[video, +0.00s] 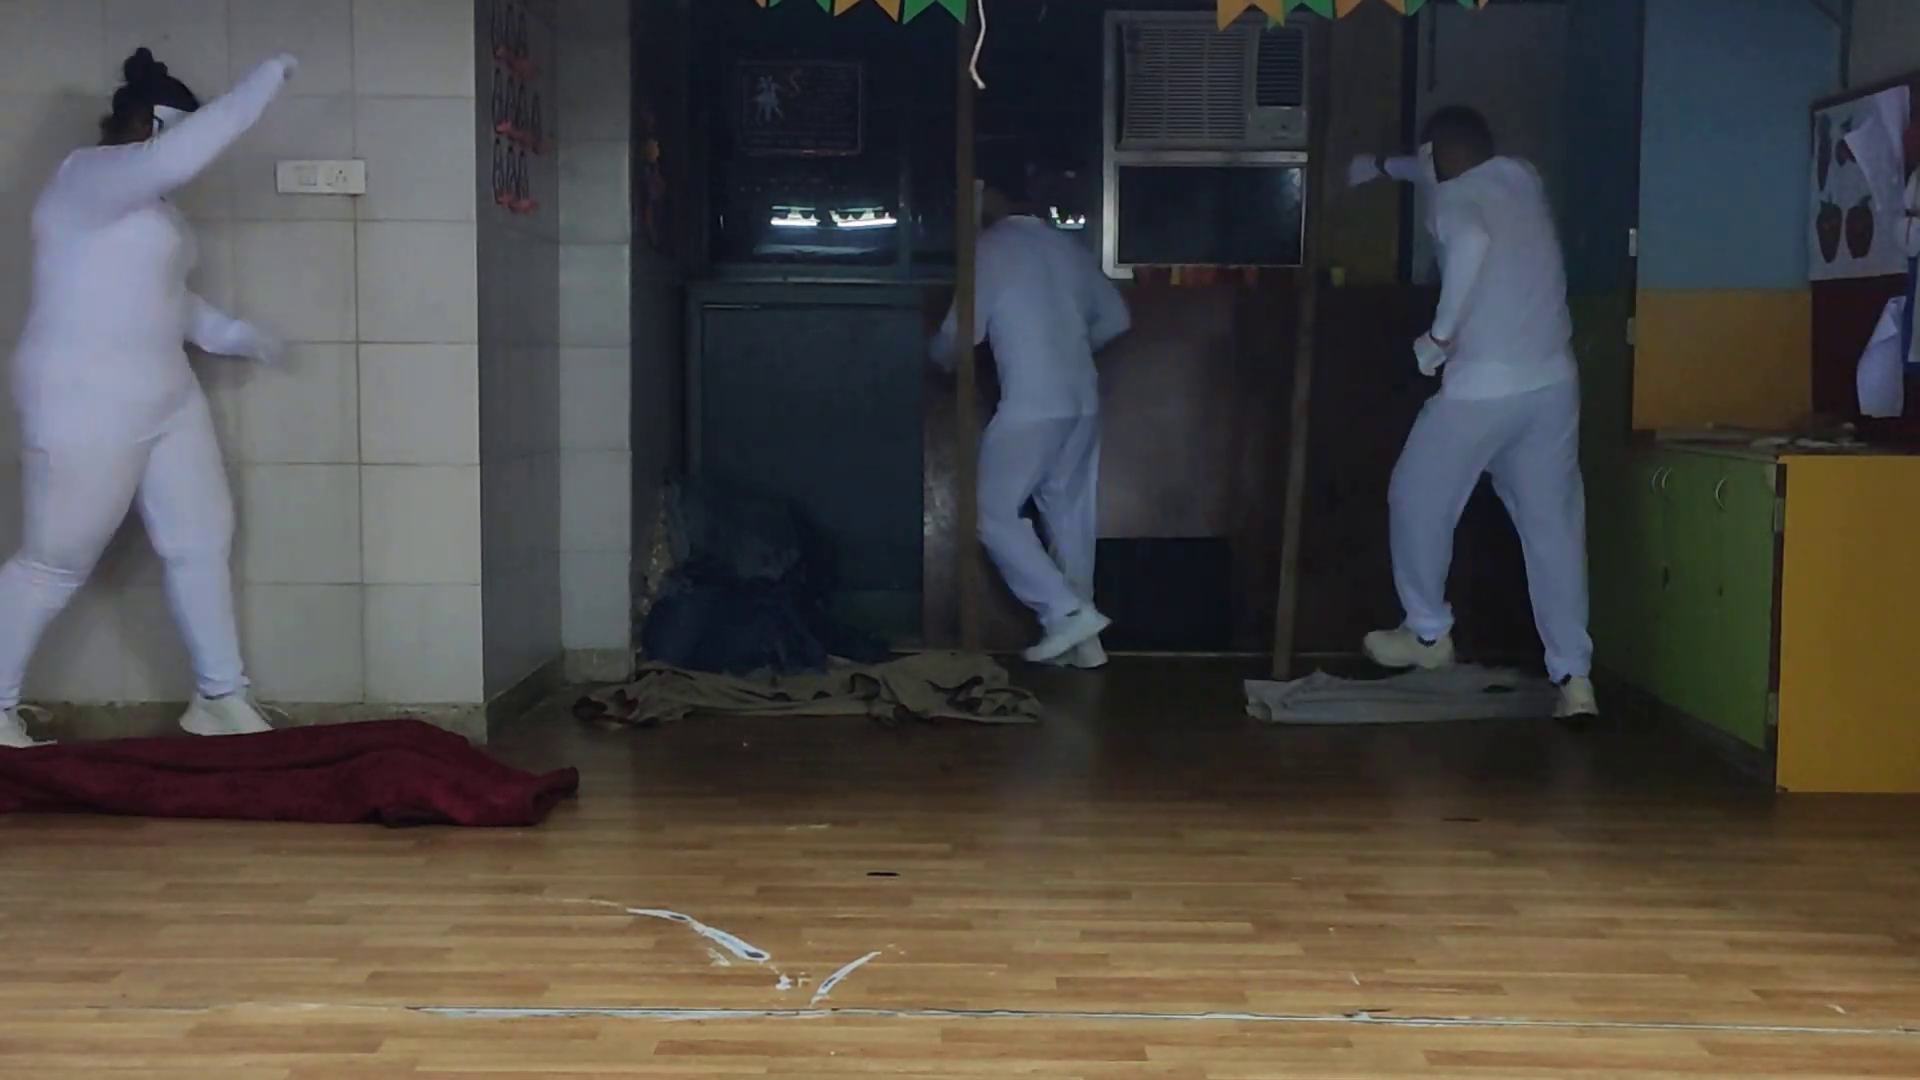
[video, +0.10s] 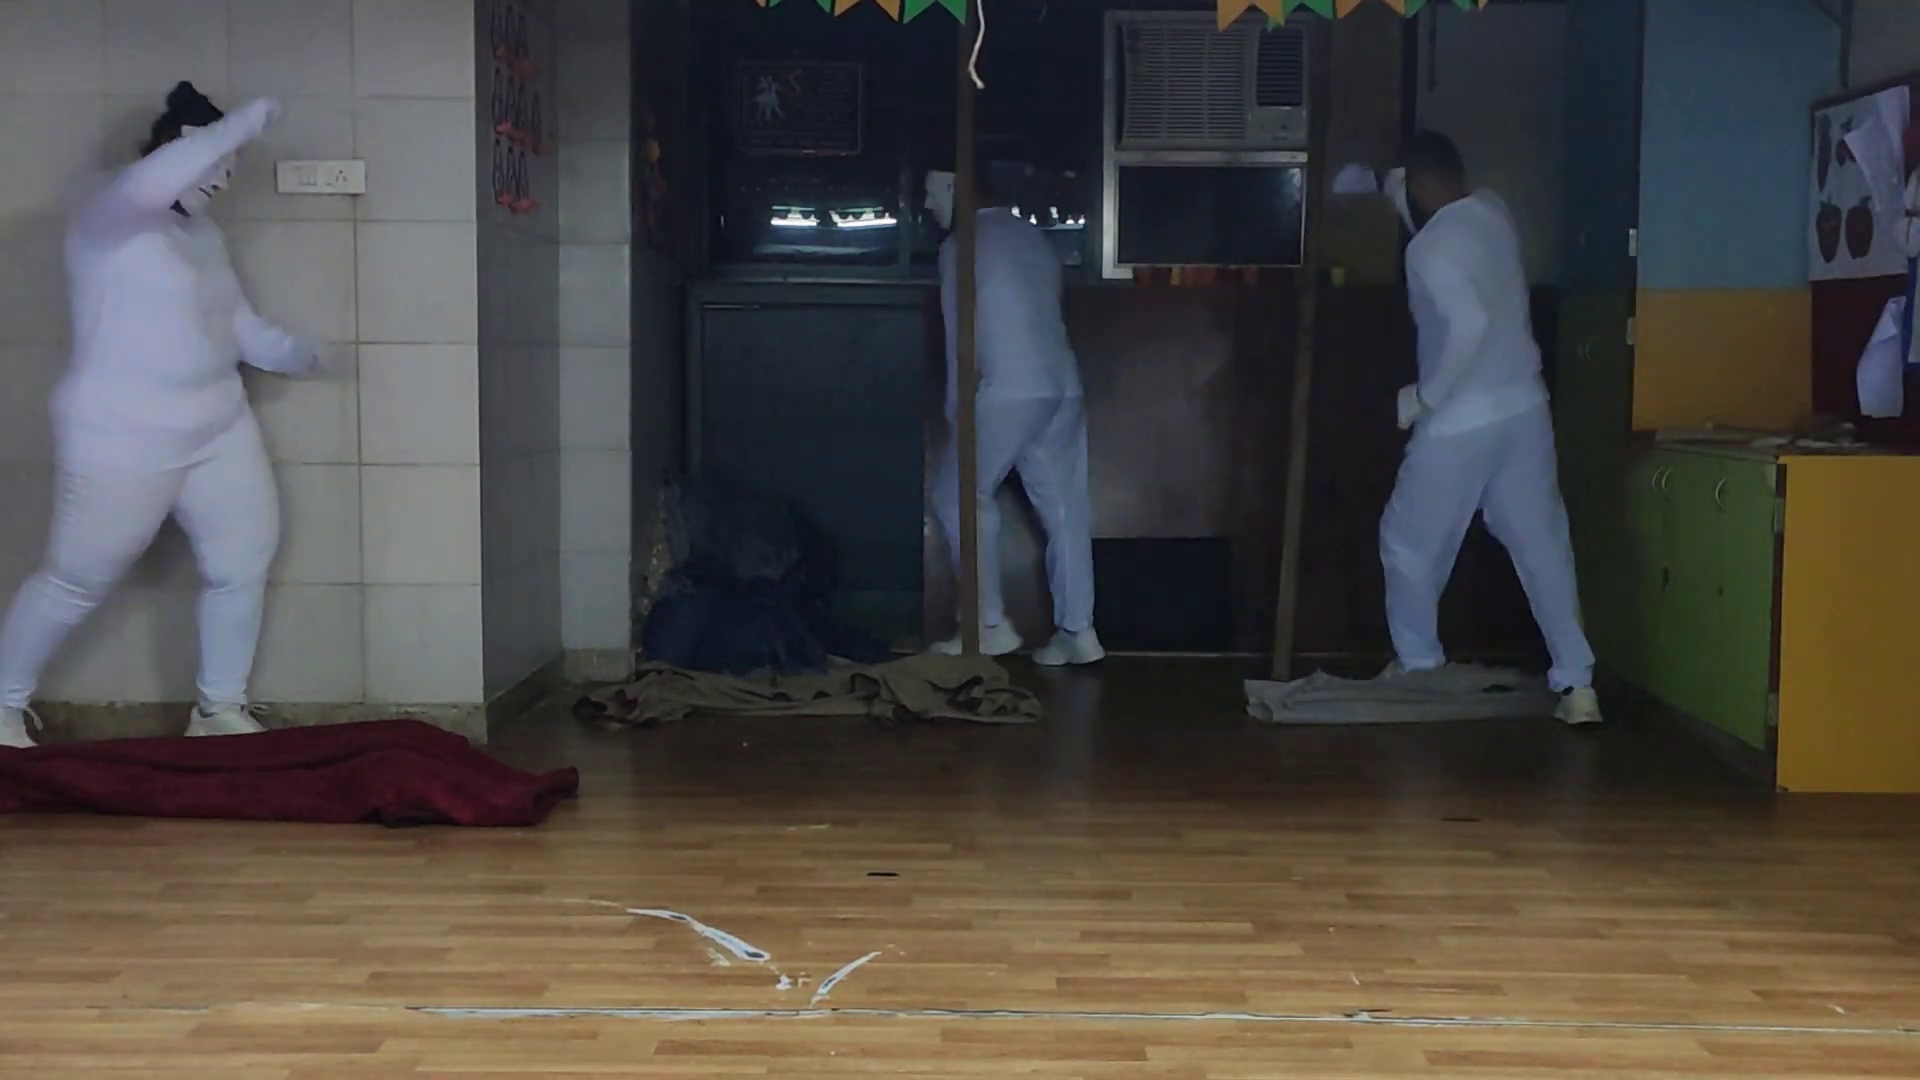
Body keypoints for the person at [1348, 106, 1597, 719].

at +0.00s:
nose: (1429, 163)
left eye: (1430, 154)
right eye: (1429, 156)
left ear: (1445, 151)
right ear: (1484, 146)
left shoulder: (1454, 192)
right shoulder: (1521, 177)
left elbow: (1470, 241)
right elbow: (1441, 163)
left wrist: (1439, 333)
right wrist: (1378, 166)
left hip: (1486, 384)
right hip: (1551, 382)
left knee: (1419, 494)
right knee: (1552, 525)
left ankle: (1426, 631)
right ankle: (1575, 676)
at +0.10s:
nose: (1406, 192)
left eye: (1406, 182)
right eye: (1405, 182)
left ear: (1419, 183)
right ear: (1460, 174)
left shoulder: (1431, 247)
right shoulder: (1493, 213)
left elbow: (1468, 324)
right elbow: (1427, 198)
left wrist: (1426, 395)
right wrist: (1377, 183)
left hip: (1462, 424)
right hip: (1525, 413)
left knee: (1410, 539)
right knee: (1542, 545)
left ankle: (1417, 661)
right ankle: (1577, 684)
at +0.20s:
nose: (1365, 200)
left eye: (1366, 187)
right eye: (1363, 188)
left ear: (1388, 181)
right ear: (1415, 178)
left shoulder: (1400, 259)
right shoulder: (1457, 226)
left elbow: (1411, 368)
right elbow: (1426, 288)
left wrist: (1375, 441)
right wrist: (1361, 289)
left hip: (1426, 417)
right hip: (1480, 409)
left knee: (1388, 529)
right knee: (1486, 521)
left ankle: (1414, 656)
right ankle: (1550, 616)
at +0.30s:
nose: (1337, 181)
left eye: (1341, 169)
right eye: (1337, 169)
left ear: (1362, 168)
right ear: (1392, 169)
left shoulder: (1377, 236)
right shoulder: (1424, 225)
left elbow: (1370, 332)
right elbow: (1453, 290)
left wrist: (1298, 334)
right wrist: (1405, 334)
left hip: (1397, 409)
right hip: (1441, 401)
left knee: (1374, 532)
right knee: (1397, 492)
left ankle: (1413, 656)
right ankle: (1465, 542)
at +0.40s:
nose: (1300, 165)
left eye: (1307, 152)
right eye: (1299, 153)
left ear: (1332, 148)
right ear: (1349, 150)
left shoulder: (1343, 201)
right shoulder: (1381, 197)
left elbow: (1305, 270)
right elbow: (1441, 239)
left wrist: (1230, 264)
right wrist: (1439, 315)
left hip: (1385, 384)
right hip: (1353, 380)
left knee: (1361, 509)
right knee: (1289, 453)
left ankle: (1397, 643)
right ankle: (1369, 559)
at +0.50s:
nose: (1264, 168)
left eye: (1273, 157)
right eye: (1264, 157)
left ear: (1304, 151)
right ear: (1311, 153)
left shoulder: (1324, 194)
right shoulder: (1344, 200)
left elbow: (1272, 247)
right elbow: (1401, 233)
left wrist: (1188, 265)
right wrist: (1405, 307)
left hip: (1358, 386)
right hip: (1312, 381)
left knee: (1345, 512)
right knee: (1247, 480)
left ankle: (1353, 646)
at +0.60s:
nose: (1240, 190)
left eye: (1251, 179)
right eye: (1239, 179)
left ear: (1286, 177)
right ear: (1275, 180)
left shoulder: (1319, 230)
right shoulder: (1274, 240)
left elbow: (1309, 310)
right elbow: (1287, 309)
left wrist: (1228, 292)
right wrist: (1230, 289)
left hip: (1324, 421)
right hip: (1269, 419)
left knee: (1320, 542)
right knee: (1217, 532)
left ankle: (1347, 654)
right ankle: (1198, 647)